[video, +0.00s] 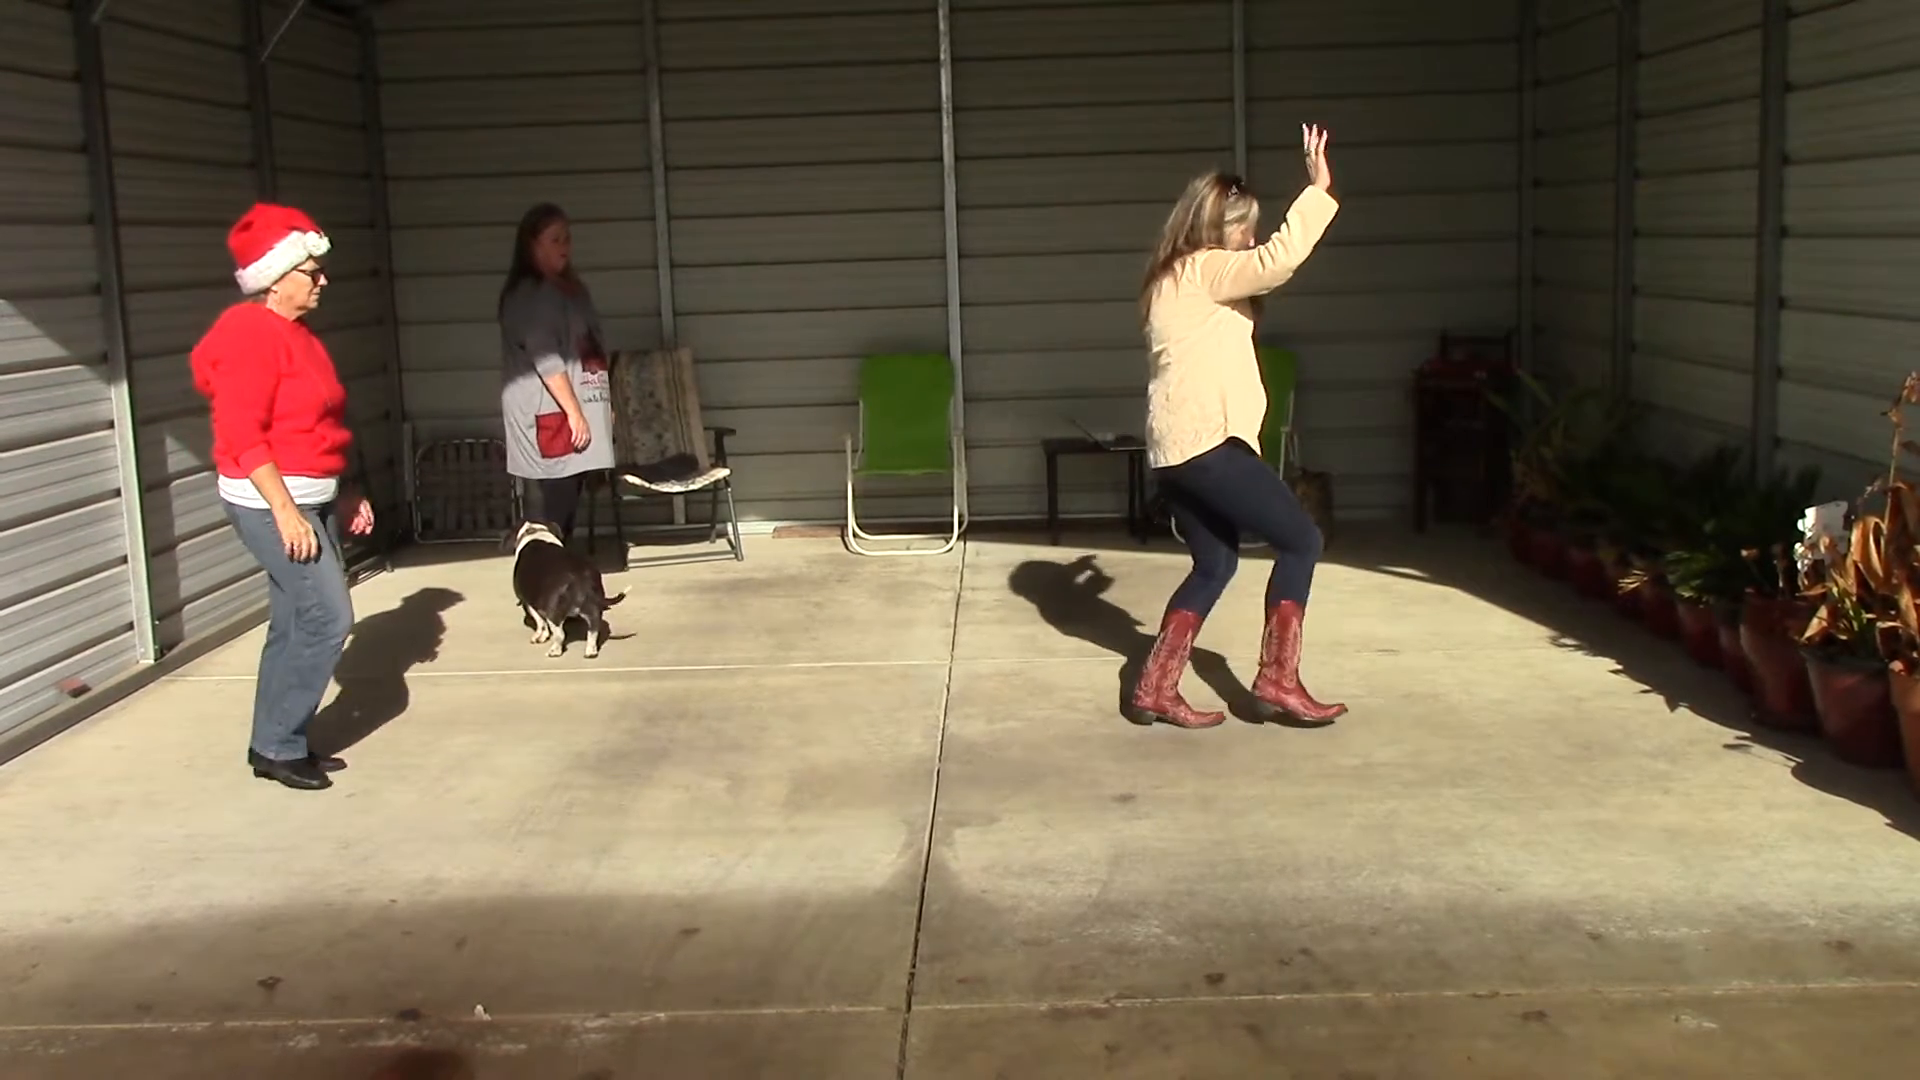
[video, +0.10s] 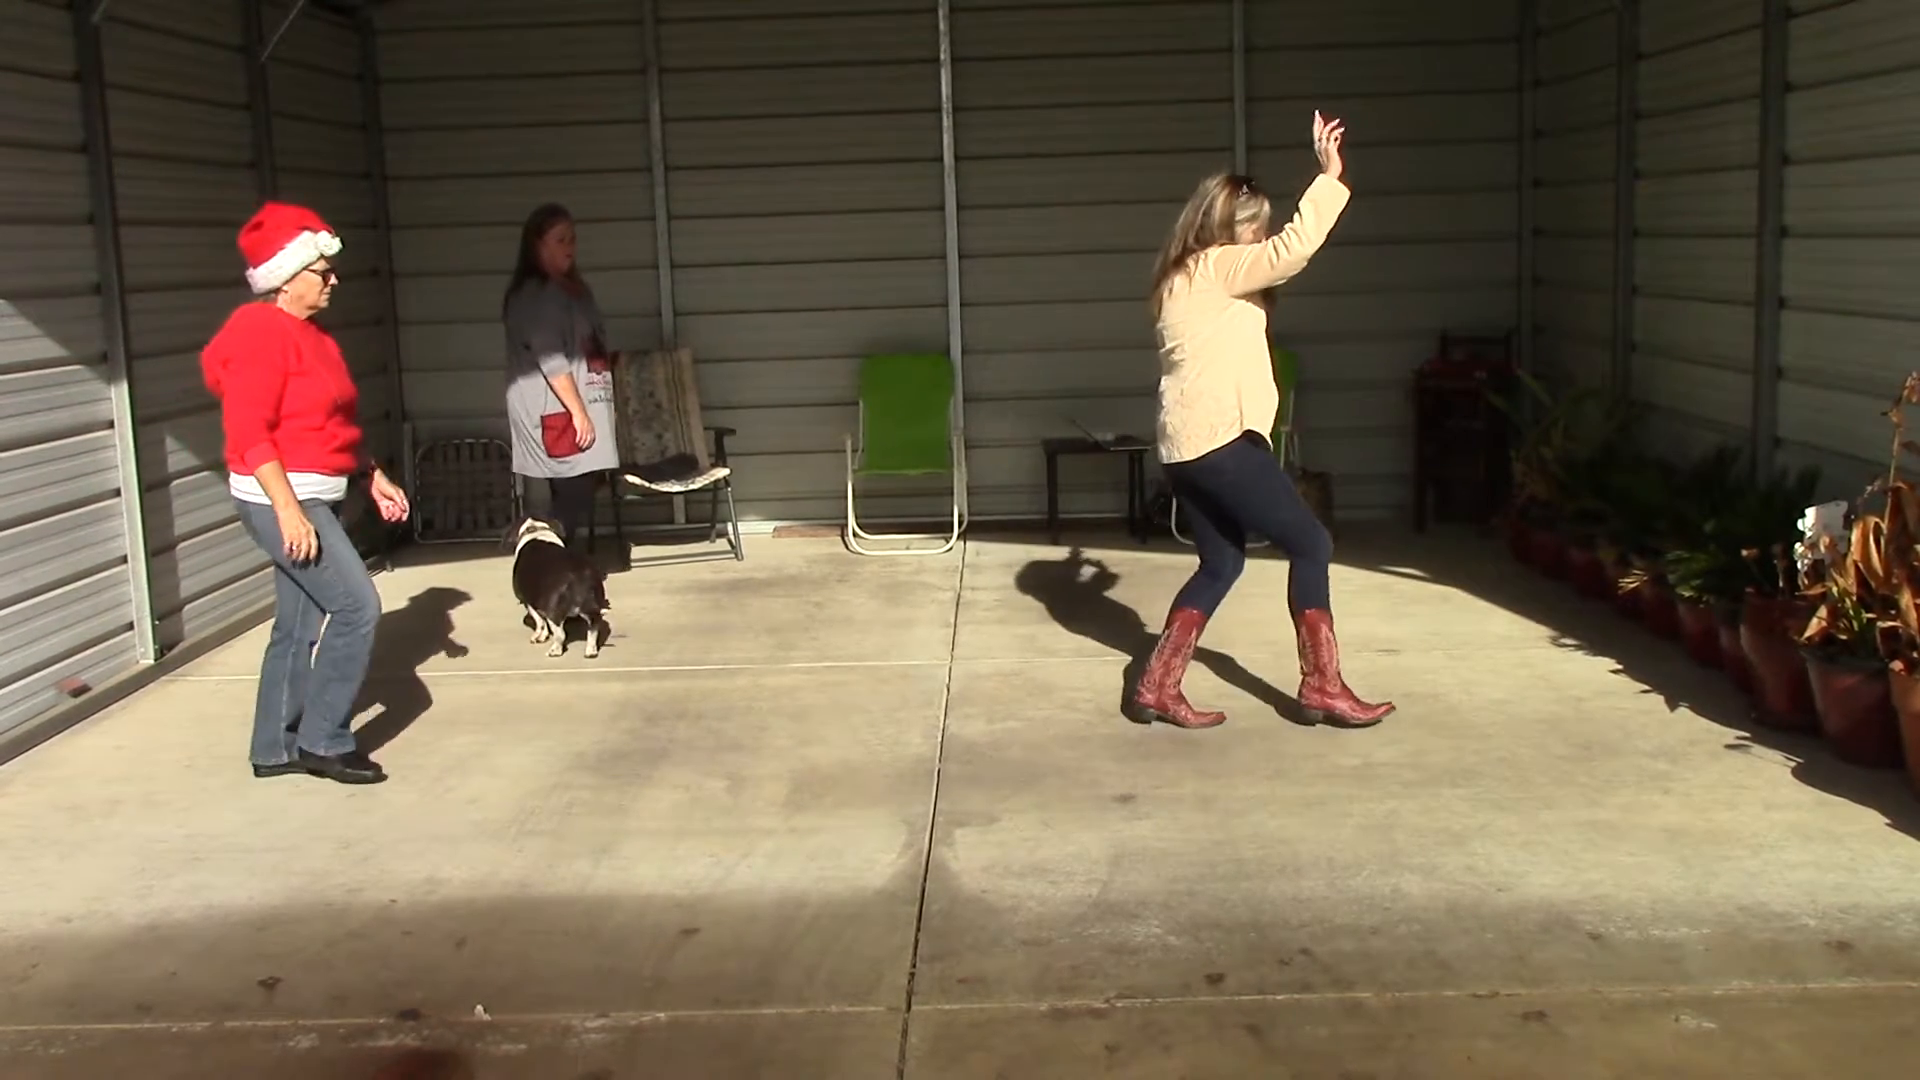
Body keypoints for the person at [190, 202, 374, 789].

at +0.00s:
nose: (322, 283)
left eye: (321, 273)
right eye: (312, 273)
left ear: (282, 279)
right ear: (275, 278)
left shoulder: (295, 334)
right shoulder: (247, 334)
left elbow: (310, 425)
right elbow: (240, 434)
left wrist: (342, 494)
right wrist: (284, 509)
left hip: (308, 499)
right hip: (269, 501)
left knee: (294, 624)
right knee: (326, 617)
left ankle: (279, 742)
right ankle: (276, 745)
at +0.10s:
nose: (332, 281)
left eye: (331, 271)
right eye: (322, 272)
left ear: (296, 278)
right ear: (284, 278)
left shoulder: (310, 334)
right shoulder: (256, 333)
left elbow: (329, 419)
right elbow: (247, 433)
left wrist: (370, 472)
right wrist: (287, 507)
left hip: (315, 496)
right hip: (281, 498)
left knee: (296, 625)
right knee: (356, 605)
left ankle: (276, 747)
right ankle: (324, 740)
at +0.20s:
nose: (346, 280)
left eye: (344, 270)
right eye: (335, 271)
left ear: (316, 279)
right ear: (298, 279)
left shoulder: (326, 335)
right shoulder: (270, 332)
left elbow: (350, 421)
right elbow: (259, 431)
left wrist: (399, 468)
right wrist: (294, 512)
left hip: (327, 496)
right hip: (294, 498)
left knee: (302, 629)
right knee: (377, 604)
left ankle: (275, 749)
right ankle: (382, 749)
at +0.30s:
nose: (362, 282)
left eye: (360, 272)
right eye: (351, 273)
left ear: (327, 281)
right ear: (316, 280)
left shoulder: (341, 336)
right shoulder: (288, 333)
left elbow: (368, 423)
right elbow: (275, 429)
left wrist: (415, 470)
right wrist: (306, 511)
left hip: (347, 499)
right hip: (317, 502)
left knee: (323, 628)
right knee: (392, 614)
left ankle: (278, 744)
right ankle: (417, 752)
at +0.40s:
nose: (378, 285)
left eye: (377, 275)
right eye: (367, 276)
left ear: (347, 284)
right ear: (331, 284)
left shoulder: (353, 340)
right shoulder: (307, 339)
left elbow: (376, 429)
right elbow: (297, 435)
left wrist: (420, 480)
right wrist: (329, 517)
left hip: (368, 501)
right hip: (340, 505)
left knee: (365, 627)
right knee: (408, 615)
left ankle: (290, 732)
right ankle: (424, 755)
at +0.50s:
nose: (392, 286)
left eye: (390, 276)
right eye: (381, 278)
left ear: (359, 287)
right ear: (346, 288)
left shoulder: (366, 341)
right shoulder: (324, 342)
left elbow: (384, 432)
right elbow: (317, 440)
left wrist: (424, 495)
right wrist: (357, 514)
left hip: (388, 501)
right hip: (352, 507)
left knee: (409, 619)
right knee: (419, 618)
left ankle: (314, 713)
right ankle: (426, 755)